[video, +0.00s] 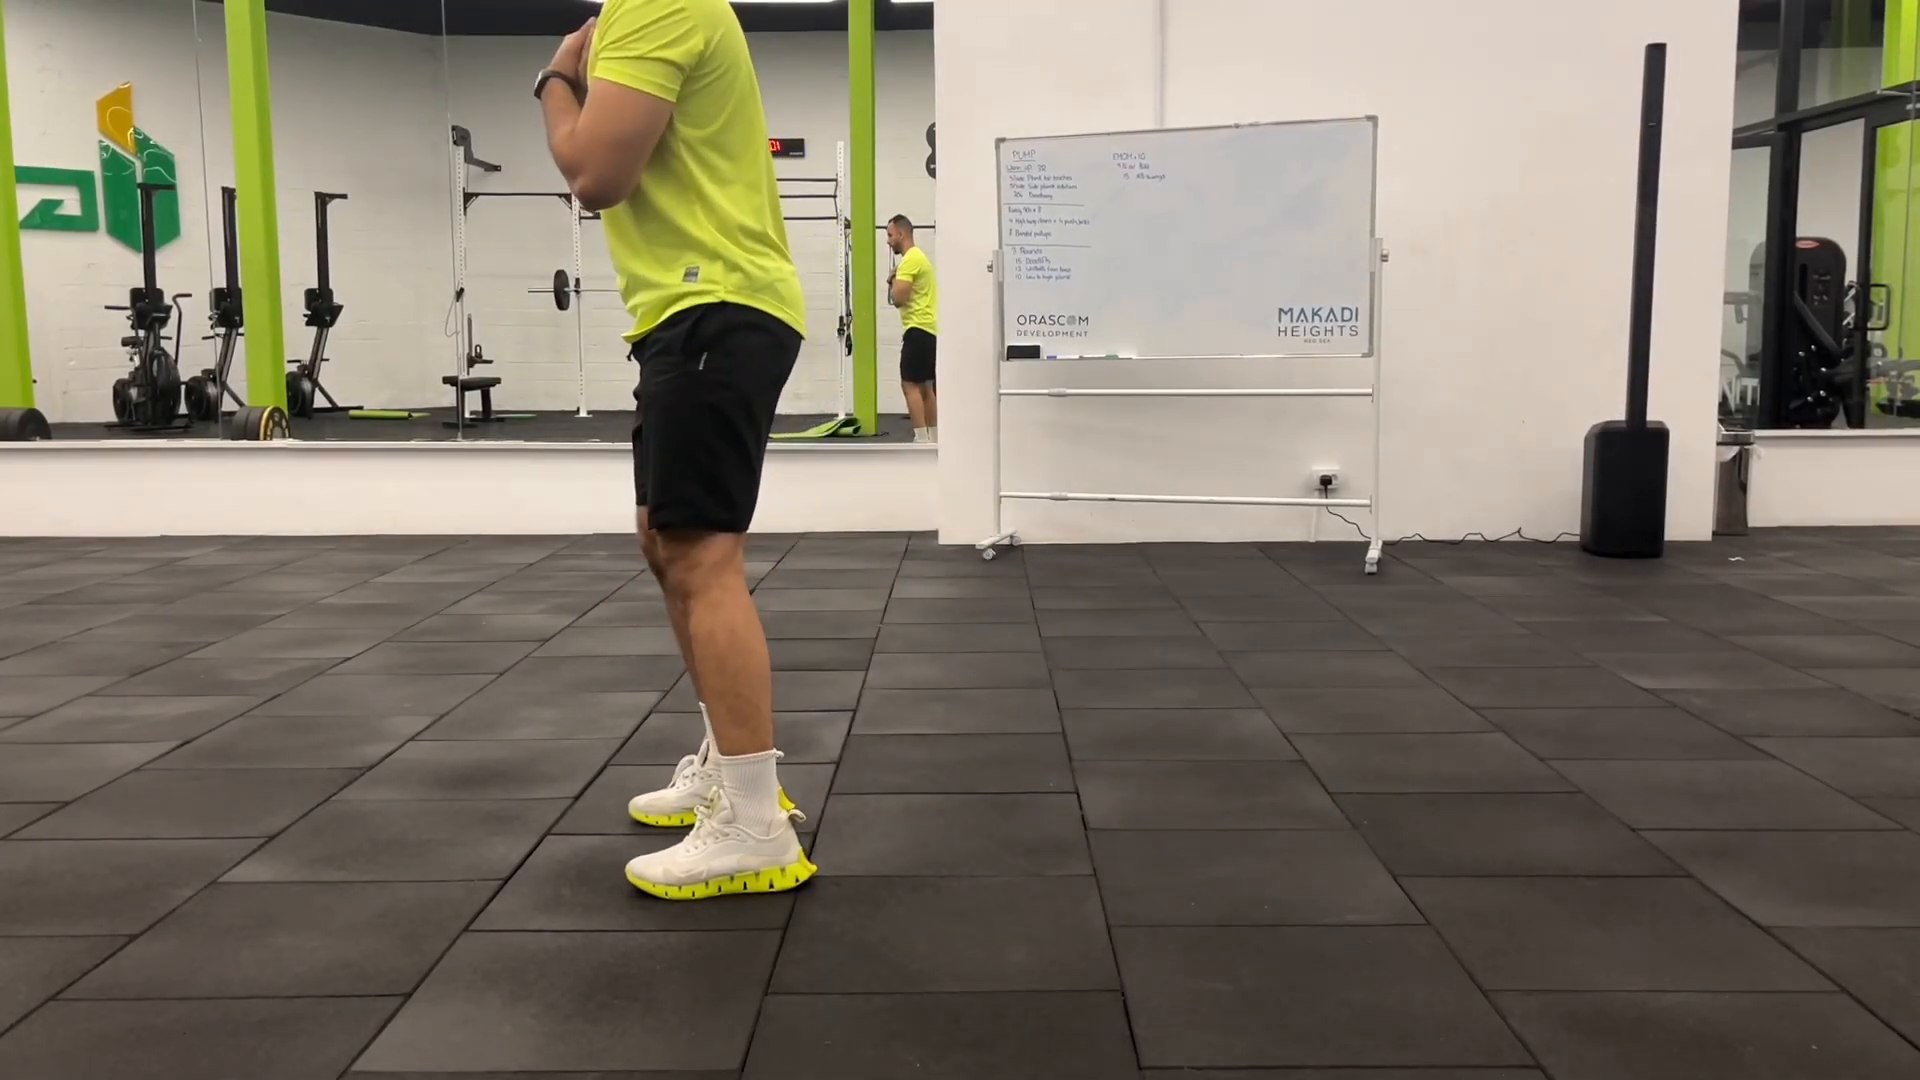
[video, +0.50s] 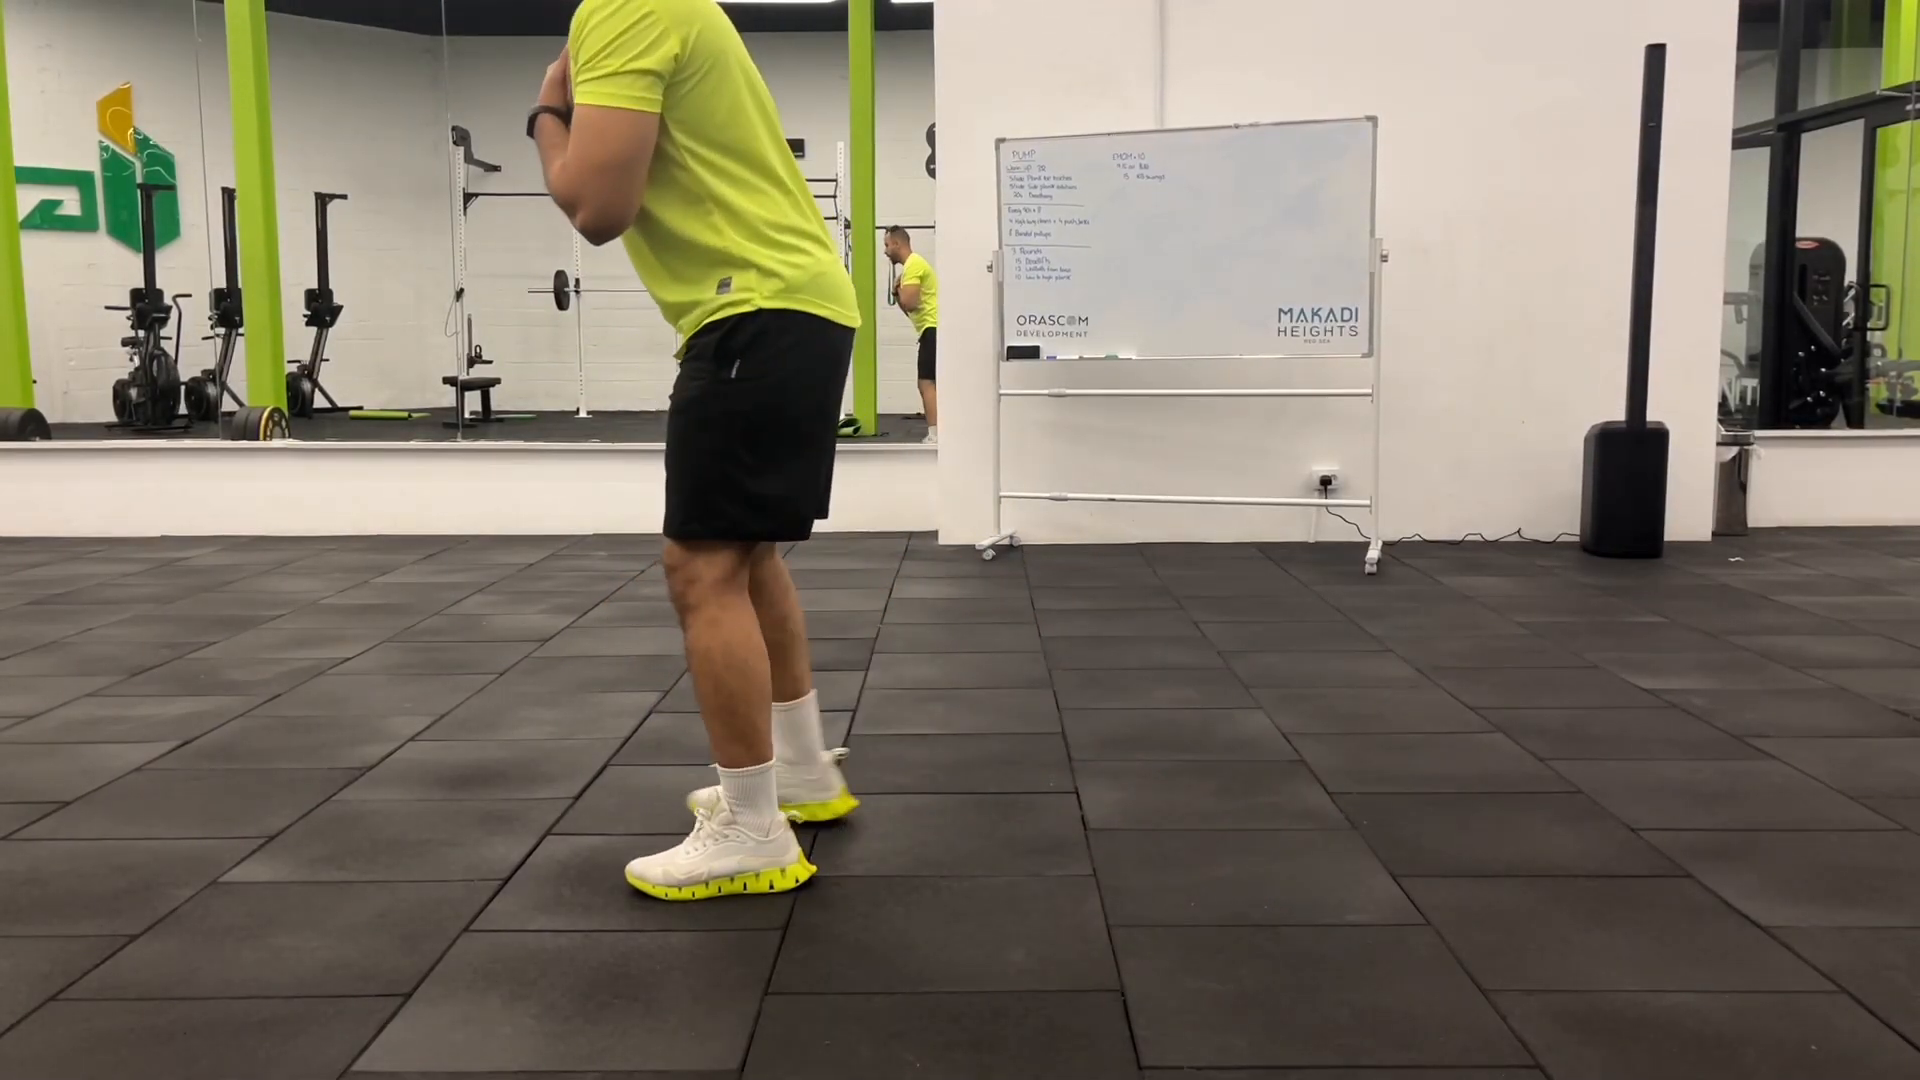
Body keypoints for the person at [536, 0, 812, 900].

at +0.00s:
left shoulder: (663, 9)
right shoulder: (633, 18)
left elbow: (595, 174)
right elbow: (604, 167)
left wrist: (557, 85)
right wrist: (576, 89)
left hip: (720, 305)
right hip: (685, 308)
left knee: (702, 555)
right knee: (667, 540)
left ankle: (757, 824)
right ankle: (730, 758)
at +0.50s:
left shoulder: (627, 10)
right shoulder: (665, 12)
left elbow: (596, 207)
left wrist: (547, 117)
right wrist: (582, 112)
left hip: (748, 308)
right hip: (794, 302)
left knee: (703, 574)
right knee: (750, 551)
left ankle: (749, 827)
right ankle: (804, 767)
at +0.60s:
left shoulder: (625, 11)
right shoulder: (648, 15)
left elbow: (604, 215)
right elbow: (617, 201)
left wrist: (544, 126)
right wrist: (568, 124)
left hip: (759, 311)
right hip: (808, 304)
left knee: (706, 573)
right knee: (773, 551)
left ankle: (750, 828)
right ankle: (898, 745)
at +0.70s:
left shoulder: (620, 21)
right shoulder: (654, 22)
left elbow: (609, 224)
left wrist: (540, 136)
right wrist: (574, 128)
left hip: (760, 312)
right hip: (819, 304)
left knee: (707, 576)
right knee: (809, 554)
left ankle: (750, 828)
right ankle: (996, 729)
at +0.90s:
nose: (461, 18)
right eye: (454, 7)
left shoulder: (619, 60)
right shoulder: (632, 53)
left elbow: (623, 268)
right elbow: (645, 243)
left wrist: (546, 187)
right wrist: (571, 182)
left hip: (788, 337)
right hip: (855, 325)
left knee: (688, 587)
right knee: (914, 570)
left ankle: (749, 828)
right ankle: (1137, 709)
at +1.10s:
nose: (482, 77)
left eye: (486, 47)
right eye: (474, 51)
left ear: (555, 31)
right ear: (562, 35)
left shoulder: (650, 130)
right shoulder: (668, 112)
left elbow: (663, 335)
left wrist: (587, 258)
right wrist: (609, 255)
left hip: (826, 391)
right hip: (900, 380)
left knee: (663, 597)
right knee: (973, 620)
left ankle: (748, 831)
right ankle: (1194, 790)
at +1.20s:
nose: (512, 116)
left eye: (518, 87)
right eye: (507, 93)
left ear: (580, 72)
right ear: (589, 72)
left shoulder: (679, 169)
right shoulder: (700, 155)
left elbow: (681, 377)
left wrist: (609, 297)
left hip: (853, 426)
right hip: (926, 422)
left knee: (651, 605)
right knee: (975, 673)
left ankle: (745, 831)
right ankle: (1231, 817)